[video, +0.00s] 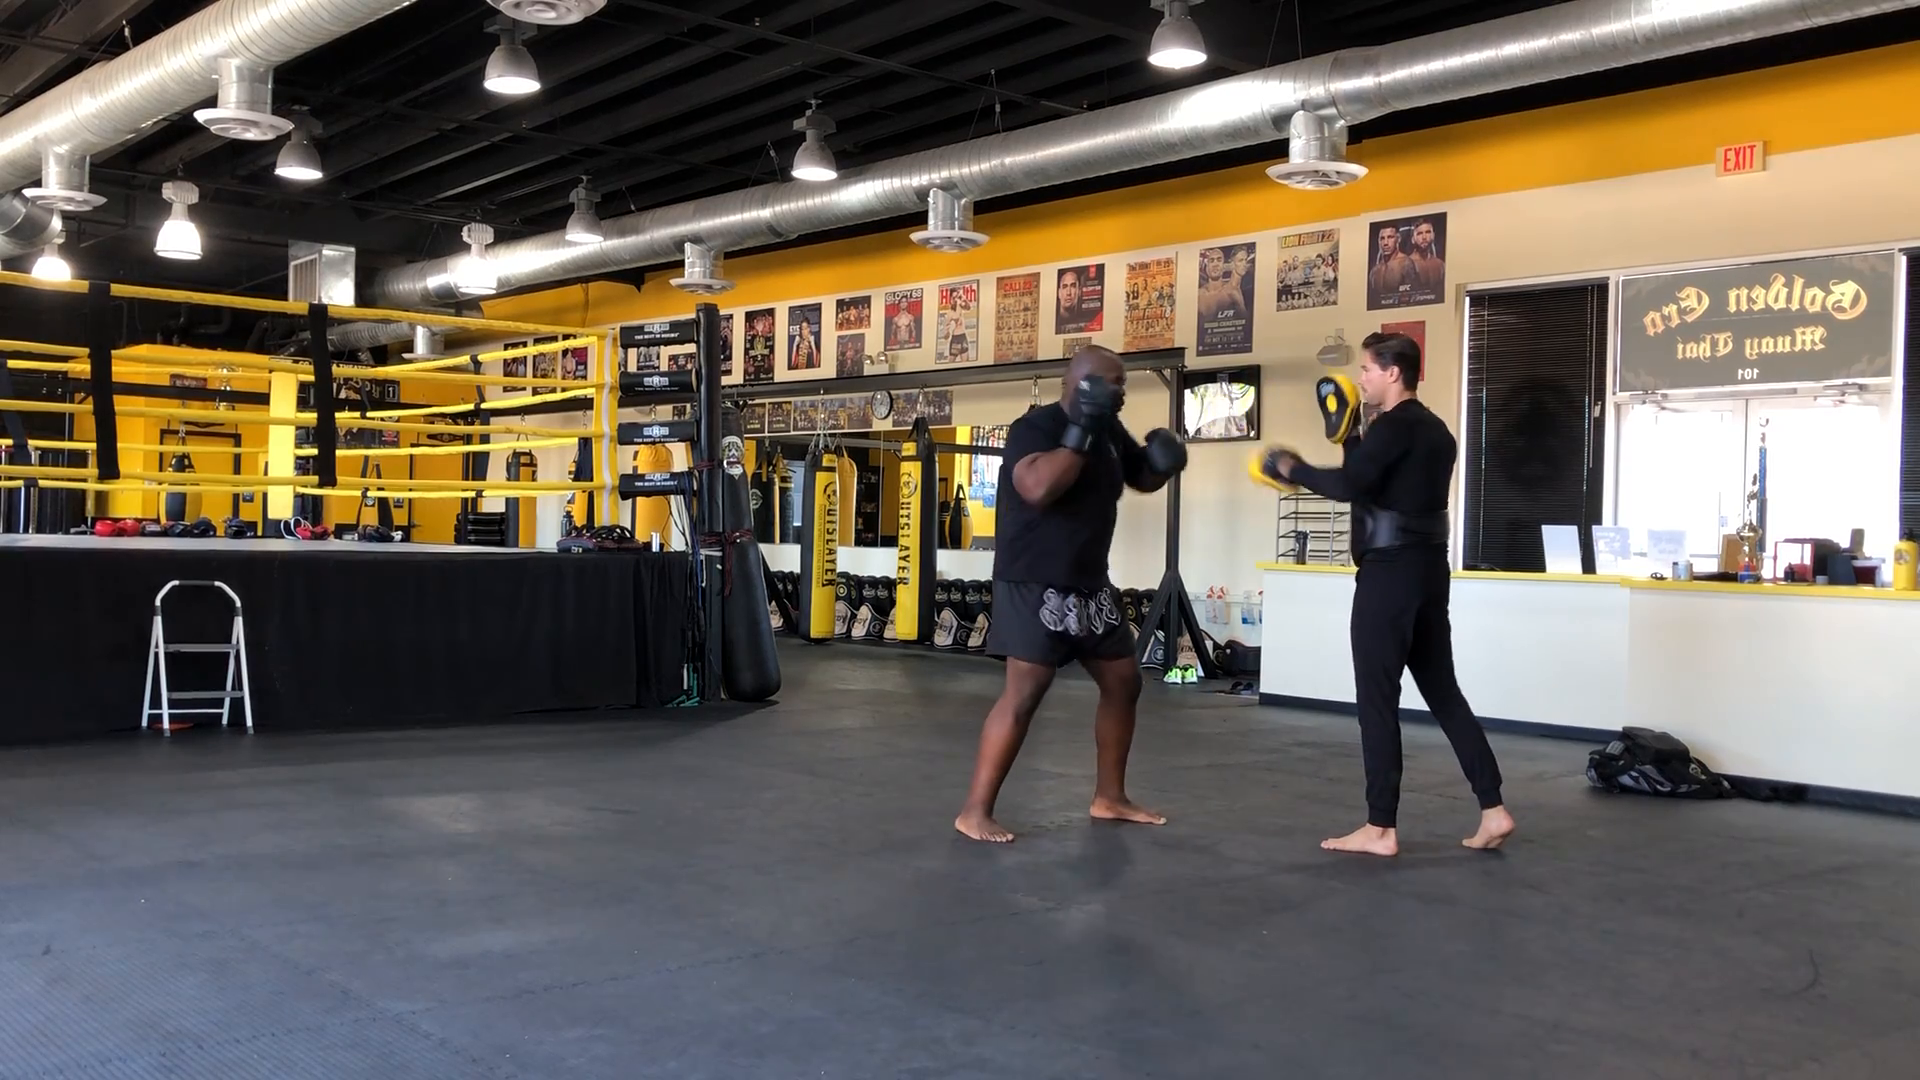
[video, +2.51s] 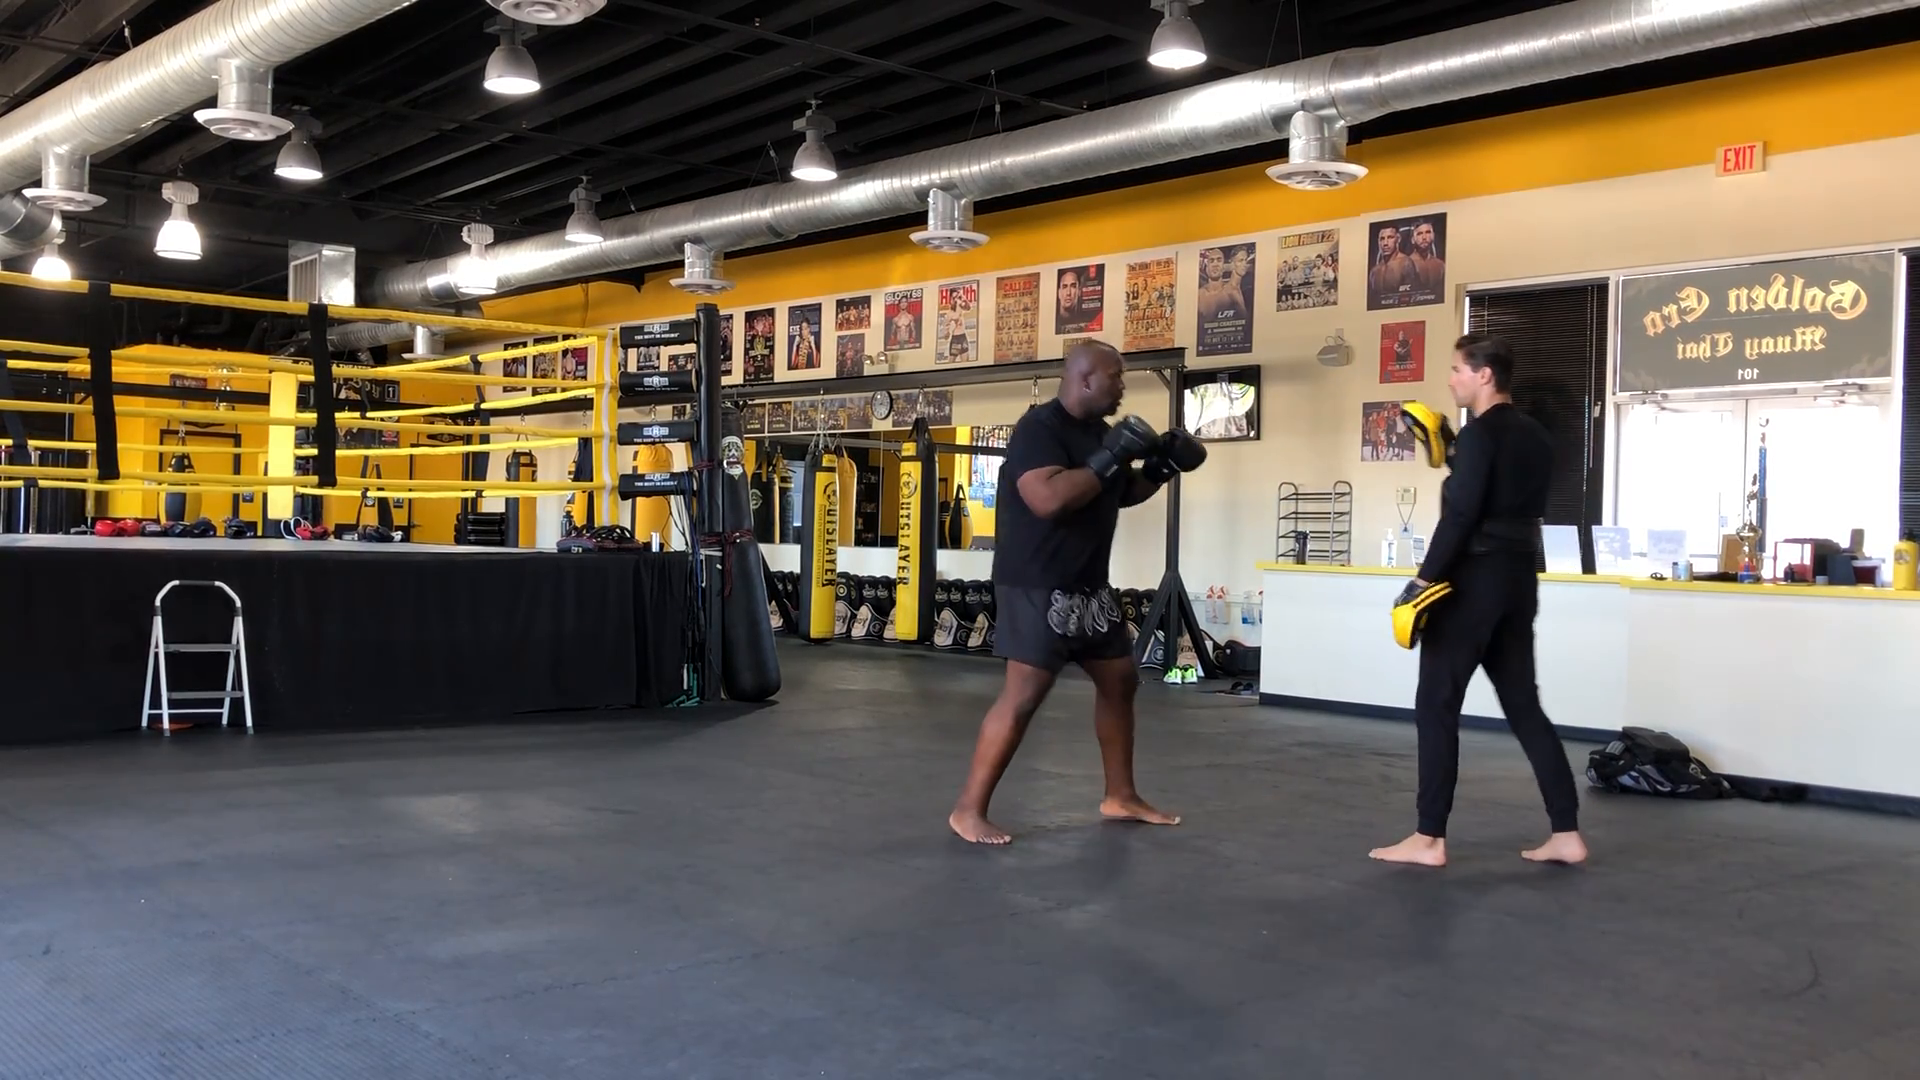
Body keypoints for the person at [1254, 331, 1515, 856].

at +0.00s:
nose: (1361, 378)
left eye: (1367, 369)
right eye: (1362, 369)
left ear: (1393, 373)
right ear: (1403, 375)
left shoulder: (1393, 425)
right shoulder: (1438, 432)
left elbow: (1352, 483)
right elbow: (1383, 492)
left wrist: (1295, 471)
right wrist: (1351, 441)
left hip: (1387, 575)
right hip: (1429, 573)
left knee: (1376, 702)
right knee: (1443, 692)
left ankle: (1380, 828)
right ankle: (1494, 810)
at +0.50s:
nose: (1421, 388)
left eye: (1427, 379)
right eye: (1421, 378)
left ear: (1456, 381)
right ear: (1460, 385)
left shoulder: (1455, 435)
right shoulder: (1492, 435)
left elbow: (1432, 512)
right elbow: (1442, 491)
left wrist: (1387, 569)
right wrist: (1404, 454)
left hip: (1433, 582)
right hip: (1472, 582)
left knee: (1393, 700)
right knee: (1481, 703)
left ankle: (1382, 827)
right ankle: (1515, 827)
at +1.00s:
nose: (1461, 386)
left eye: (1466, 376)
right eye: (1461, 376)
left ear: (1495, 378)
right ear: (1501, 381)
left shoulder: (1490, 431)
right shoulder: (1545, 436)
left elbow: (1481, 510)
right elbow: (1573, 526)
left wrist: (1453, 583)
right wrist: (1544, 577)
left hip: (1489, 586)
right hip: (1534, 586)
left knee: (1455, 703)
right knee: (1525, 705)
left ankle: (1503, 825)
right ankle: (1524, 831)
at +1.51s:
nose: (1467, 387)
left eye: (1472, 377)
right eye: (1467, 376)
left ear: (1500, 376)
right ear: (1510, 378)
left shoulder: (1502, 432)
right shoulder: (1563, 429)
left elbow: (1488, 516)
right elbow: (1591, 515)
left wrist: (1454, 583)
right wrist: (1539, 537)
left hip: (1517, 574)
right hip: (1563, 573)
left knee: (1521, 707)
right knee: (1527, 704)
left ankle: (1530, 845)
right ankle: (1530, 824)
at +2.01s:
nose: (1495, 385)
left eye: (1501, 375)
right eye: (1496, 375)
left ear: (1529, 377)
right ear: (1540, 379)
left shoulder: (1518, 430)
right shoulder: (1585, 437)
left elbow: (1499, 511)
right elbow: (1578, 513)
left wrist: (1469, 583)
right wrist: (1506, 475)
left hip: (1523, 584)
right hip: (1571, 586)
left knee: (1472, 702)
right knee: (1567, 713)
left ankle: (1515, 829)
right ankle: (1574, 840)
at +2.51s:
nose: (1452, 380)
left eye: (1458, 371)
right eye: (1453, 371)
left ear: (1484, 375)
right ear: (1494, 377)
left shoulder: (1481, 432)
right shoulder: (1533, 433)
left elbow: (1460, 513)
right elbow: (1504, 498)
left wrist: (1422, 582)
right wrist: (1450, 458)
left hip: (1471, 584)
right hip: (1516, 586)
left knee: (1435, 708)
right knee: (1525, 709)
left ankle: (1429, 837)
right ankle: (1567, 834)